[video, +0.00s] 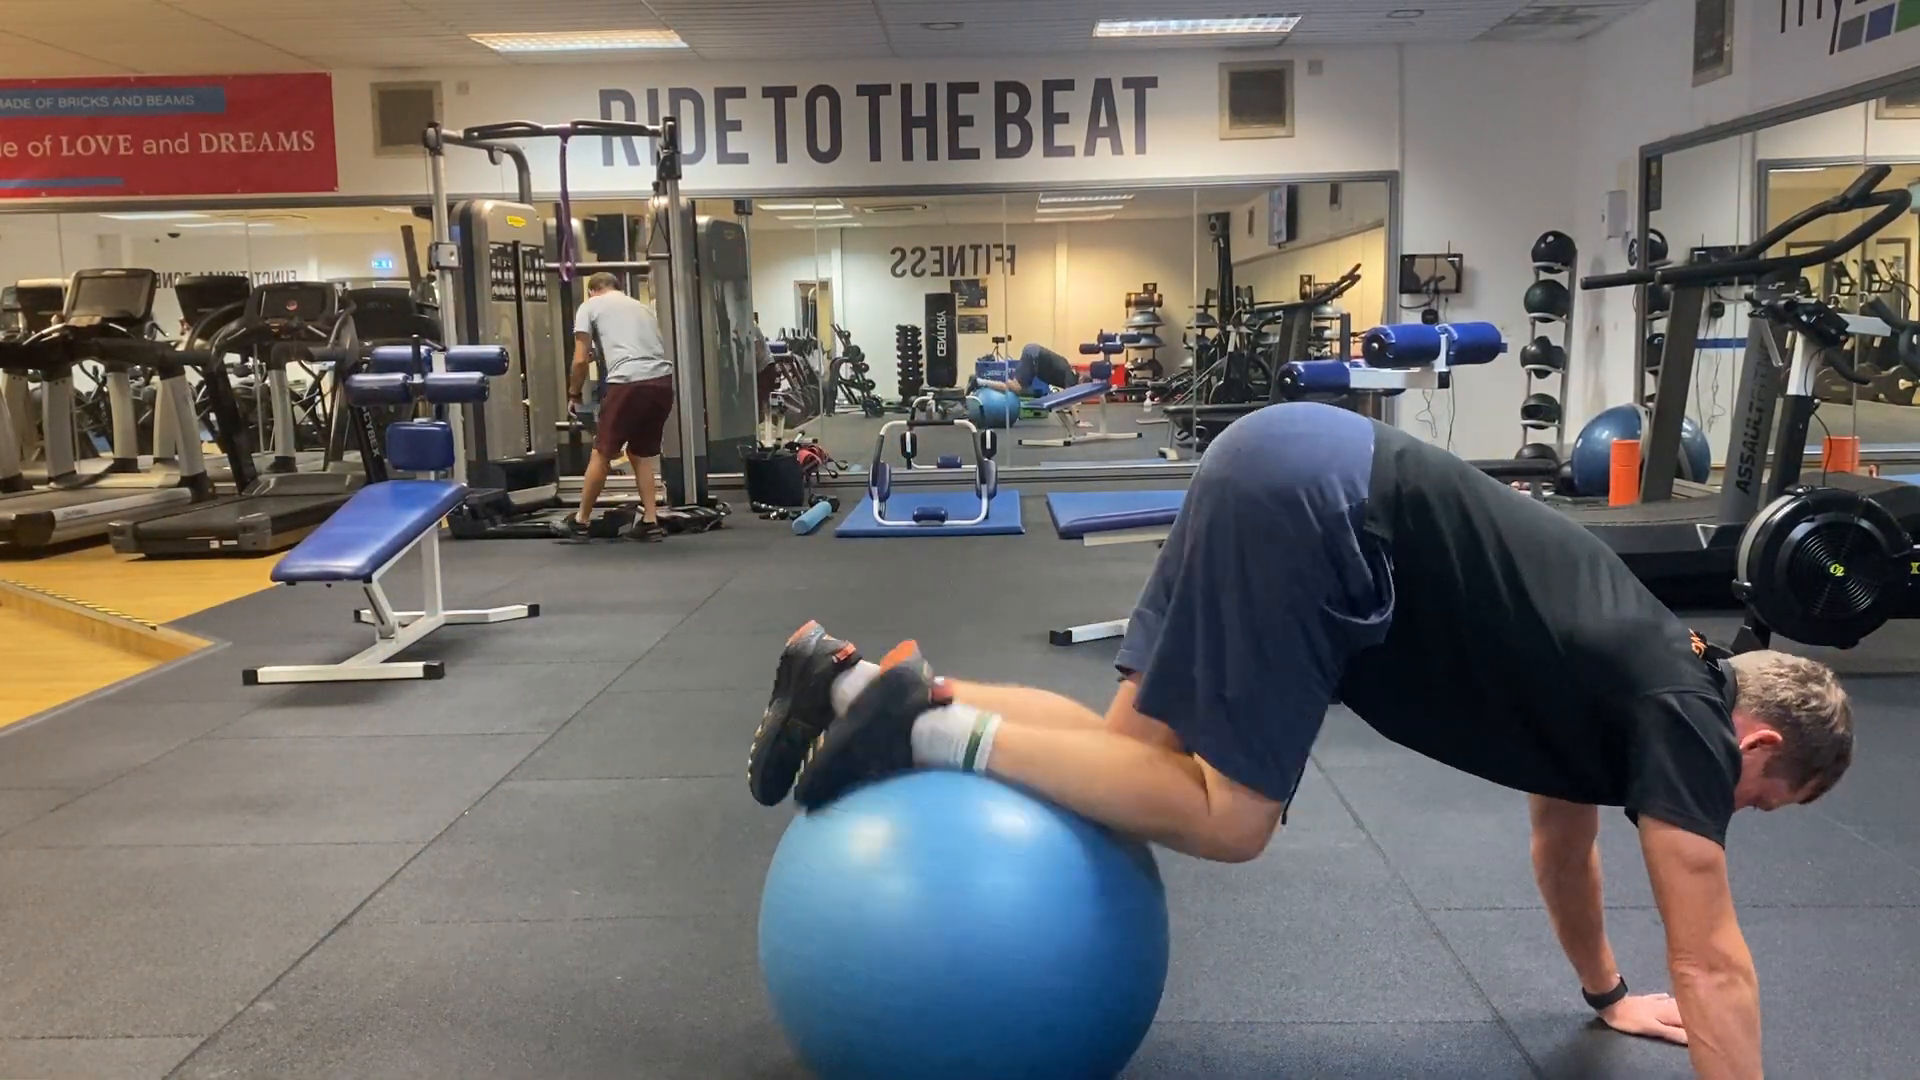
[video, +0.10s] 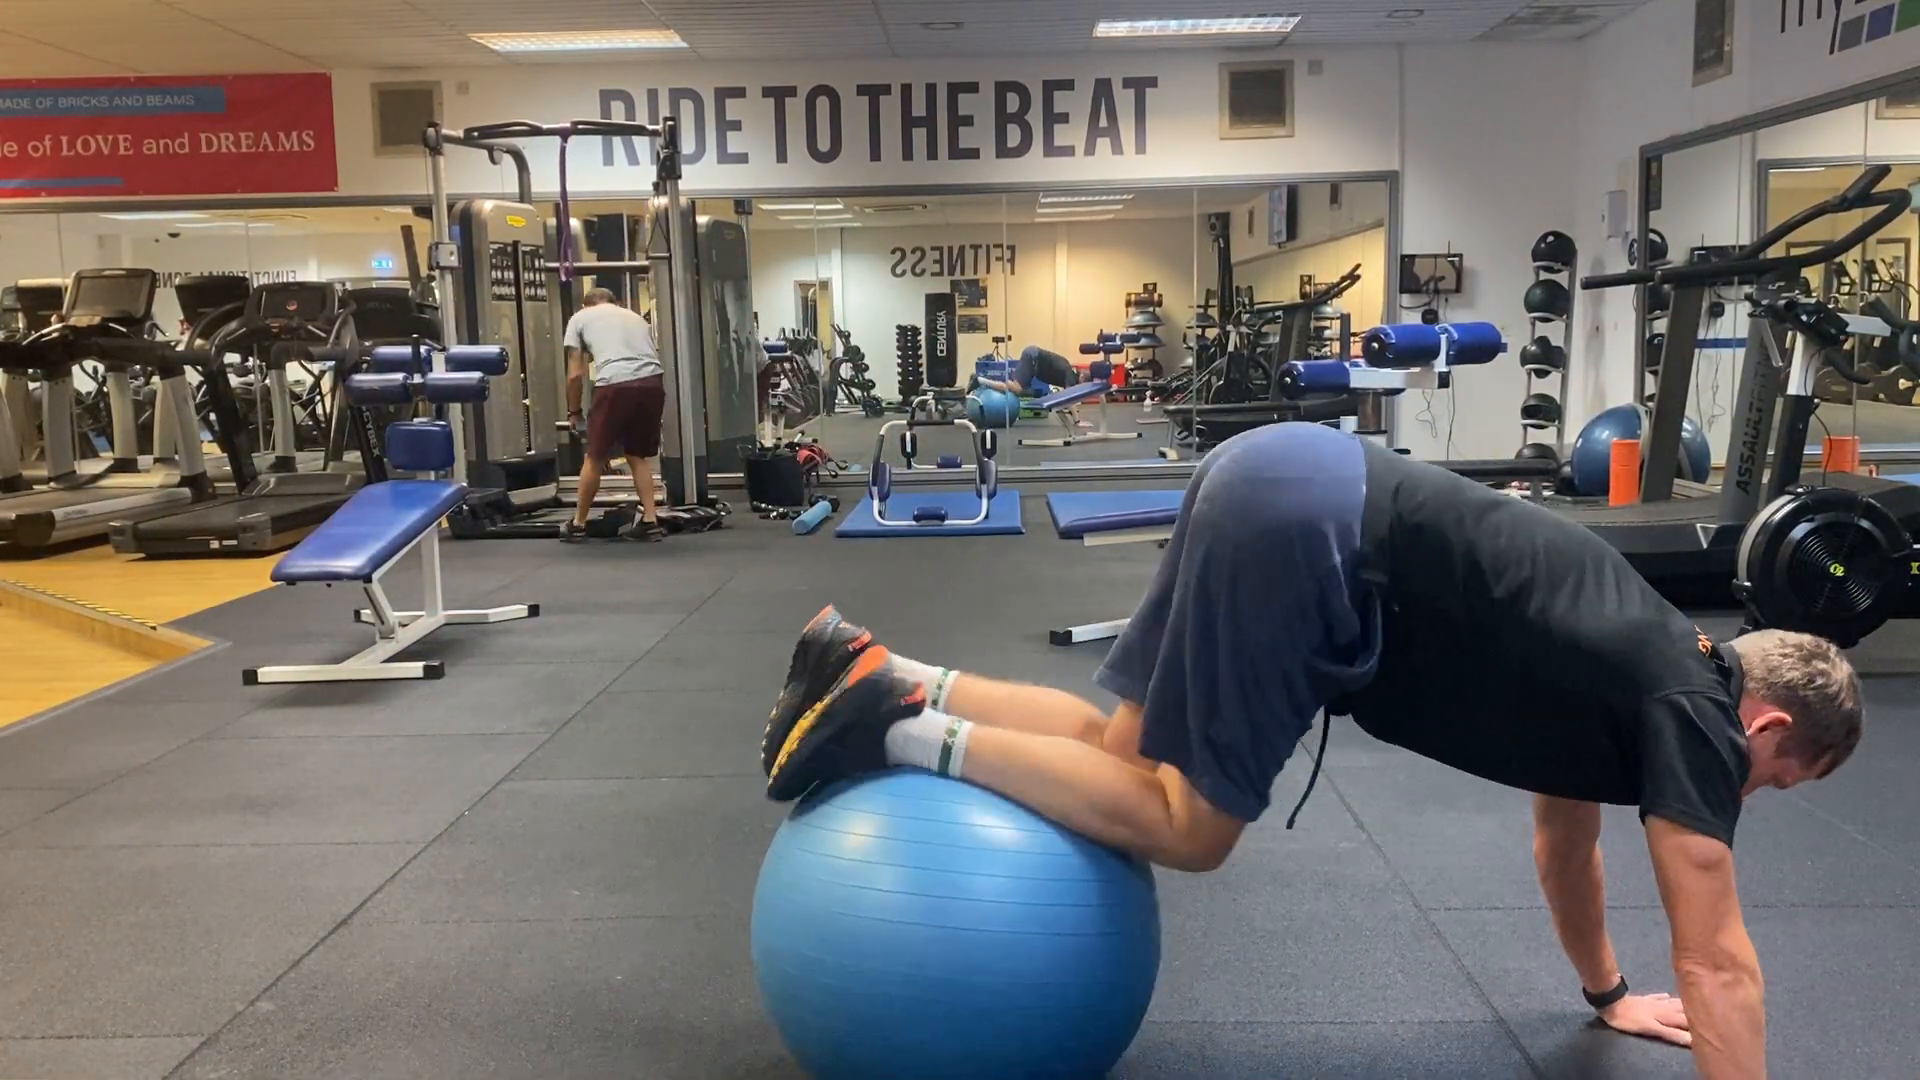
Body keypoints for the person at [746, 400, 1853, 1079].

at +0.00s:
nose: (1750, 816)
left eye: (1768, 806)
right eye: (1767, 796)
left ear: (1732, 681)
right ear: (1759, 746)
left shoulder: (1611, 652)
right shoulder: (1680, 705)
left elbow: (1563, 839)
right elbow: (1711, 969)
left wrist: (1609, 994)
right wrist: (1750, 1077)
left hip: (1283, 447)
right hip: (1319, 485)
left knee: (1135, 745)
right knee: (1229, 813)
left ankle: (862, 678)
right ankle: (931, 723)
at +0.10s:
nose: (1762, 790)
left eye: (1781, 781)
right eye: (1779, 772)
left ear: (1740, 668)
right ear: (1766, 720)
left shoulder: (1620, 646)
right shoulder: (1691, 705)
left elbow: (1565, 839)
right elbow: (1715, 964)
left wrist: (1607, 991)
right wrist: (1741, 1078)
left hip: (1280, 460)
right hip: (1312, 513)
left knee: (1126, 743)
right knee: (1191, 826)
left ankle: (885, 670)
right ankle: (904, 733)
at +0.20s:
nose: (1777, 779)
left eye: (1794, 767)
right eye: (1793, 760)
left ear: (1748, 666)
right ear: (1770, 708)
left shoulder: (1627, 640)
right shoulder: (1694, 705)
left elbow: (1571, 838)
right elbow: (1719, 967)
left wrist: (1608, 993)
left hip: (1279, 475)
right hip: (1307, 537)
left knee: (1126, 750)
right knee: (1149, 820)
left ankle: (892, 654)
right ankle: (864, 730)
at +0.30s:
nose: (1777, 784)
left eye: (1793, 770)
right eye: (1794, 764)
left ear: (1749, 672)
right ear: (1773, 709)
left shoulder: (1628, 648)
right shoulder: (1692, 704)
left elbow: (1564, 843)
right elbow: (1721, 972)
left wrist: (1608, 993)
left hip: (1310, 505)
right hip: (1309, 542)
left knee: (1136, 799)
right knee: (1114, 818)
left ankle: (874, 684)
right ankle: (825, 728)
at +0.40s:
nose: (1776, 790)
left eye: (1793, 775)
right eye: (1797, 770)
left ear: (1753, 673)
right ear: (1782, 715)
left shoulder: (1627, 657)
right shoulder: (1699, 709)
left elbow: (1558, 849)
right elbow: (1722, 972)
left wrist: (1608, 993)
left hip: (1292, 513)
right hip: (1307, 559)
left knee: (1105, 799)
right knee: (1105, 836)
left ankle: (869, 684)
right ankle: (821, 733)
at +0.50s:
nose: (1770, 788)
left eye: (1787, 776)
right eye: (1789, 771)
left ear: (1747, 674)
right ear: (1775, 718)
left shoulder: (1626, 649)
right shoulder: (1692, 710)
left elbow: (1561, 847)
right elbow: (1717, 974)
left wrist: (1609, 1000)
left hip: (1285, 509)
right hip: (1301, 556)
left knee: (1114, 816)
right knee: (1135, 871)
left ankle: (868, 685)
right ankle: (875, 689)